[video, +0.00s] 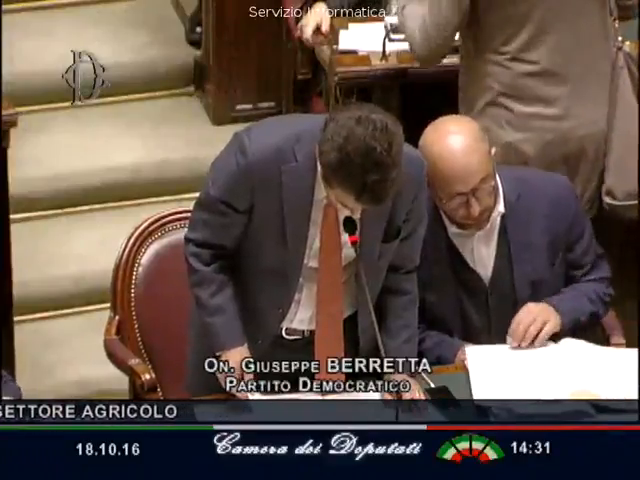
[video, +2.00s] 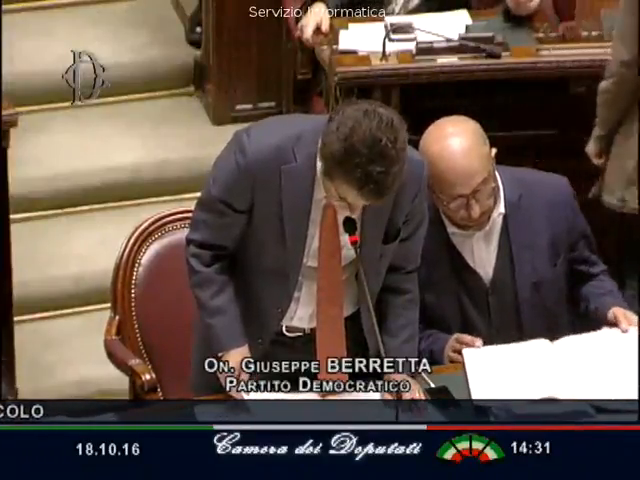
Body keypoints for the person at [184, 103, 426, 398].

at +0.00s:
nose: (354, 213)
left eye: (365, 206)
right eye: (343, 202)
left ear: (392, 175)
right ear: (323, 163)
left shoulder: (408, 173)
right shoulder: (254, 158)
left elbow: (402, 274)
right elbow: (205, 248)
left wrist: (401, 366)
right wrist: (230, 344)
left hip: (349, 336)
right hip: (262, 340)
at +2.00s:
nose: (353, 213)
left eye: (366, 204)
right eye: (342, 199)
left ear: (395, 174)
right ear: (323, 160)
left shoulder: (409, 175)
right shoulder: (255, 157)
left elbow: (402, 276)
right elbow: (206, 251)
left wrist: (401, 366)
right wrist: (231, 344)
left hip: (350, 337)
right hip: (264, 340)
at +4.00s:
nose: (357, 214)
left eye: (369, 207)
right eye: (347, 202)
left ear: (399, 176)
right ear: (328, 163)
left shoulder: (411, 178)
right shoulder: (258, 156)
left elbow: (406, 270)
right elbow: (207, 245)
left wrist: (396, 358)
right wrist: (234, 340)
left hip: (351, 337)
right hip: (263, 341)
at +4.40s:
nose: (356, 213)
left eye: (369, 206)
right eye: (347, 201)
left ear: (398, 177)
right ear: (329, 160)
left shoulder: (412, 182)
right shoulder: (260, 153)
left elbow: (402, 284)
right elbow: (208, 242)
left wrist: (372, 366)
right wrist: (235, 339)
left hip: (343, 341)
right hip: (259, 342)